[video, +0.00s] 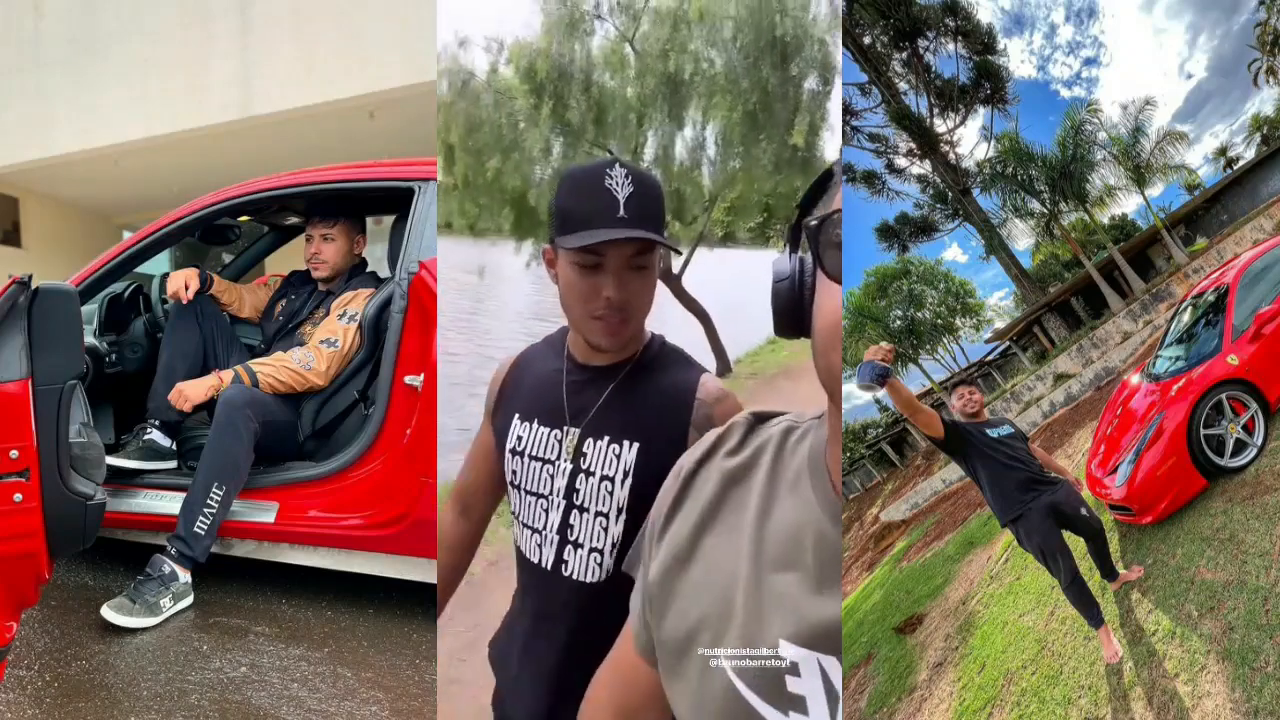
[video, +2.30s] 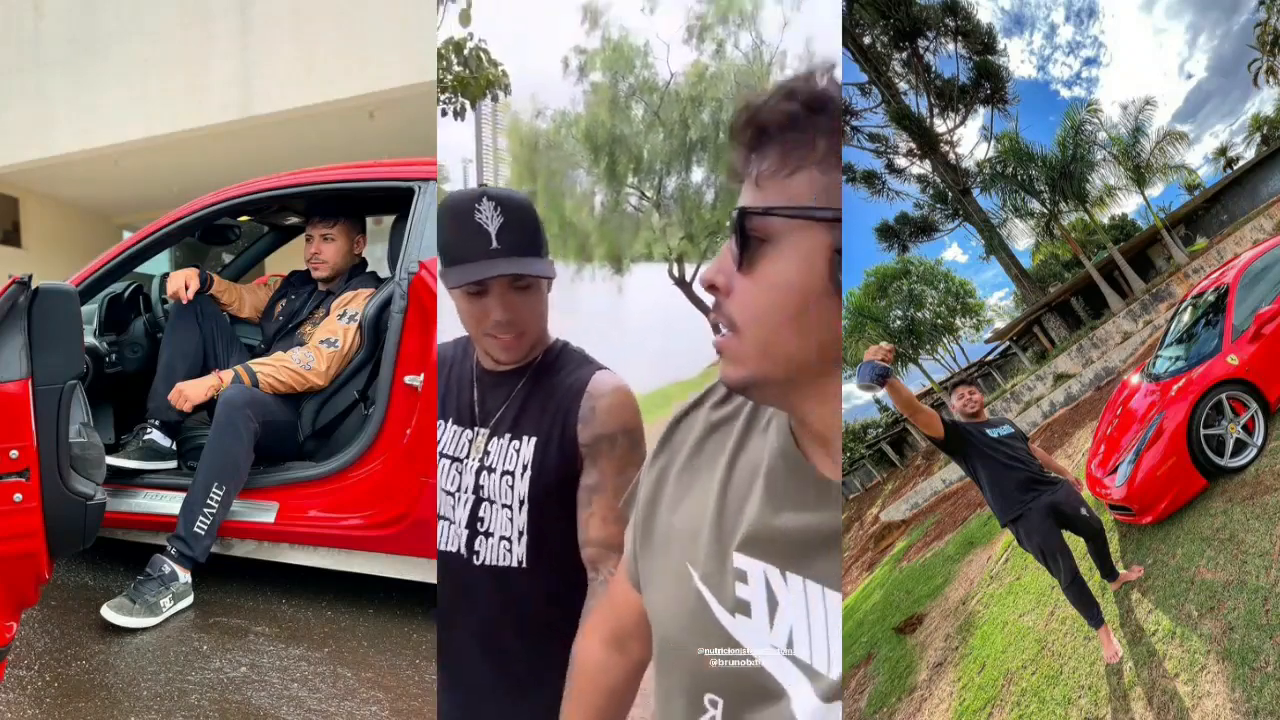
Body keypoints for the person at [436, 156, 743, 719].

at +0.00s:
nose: (613, 292)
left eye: (636, 267)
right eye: (591, 265)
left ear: (658, 270)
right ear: (552, 265)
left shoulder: (702, 408)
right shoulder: (521, 378)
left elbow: (725, 571)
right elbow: (463, 513)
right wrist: (406, 626)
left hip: (631, 691)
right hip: (525, 672)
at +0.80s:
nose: (584, 314)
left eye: (607, 292)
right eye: (564, 289)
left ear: (636, 286)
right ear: (536, 278)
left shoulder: (668, 399)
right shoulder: (513, 355)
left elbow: (675, 572)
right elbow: (475, 471)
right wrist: (430, 583)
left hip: (598, 687)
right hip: (493, 661)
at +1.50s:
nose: (635, 292)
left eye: (658, 265)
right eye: (611, 264)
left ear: (676, 267)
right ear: (572, 264)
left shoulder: (718, 401)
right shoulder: (522, 366)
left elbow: (723, 583)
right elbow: (468, 499)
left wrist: (593, 678)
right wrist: (480, 605)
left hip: (659, 698)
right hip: (536, 683)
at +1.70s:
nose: (627, 269)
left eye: (652, 243)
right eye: (605, 242)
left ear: (678, 242)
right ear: (570, 237)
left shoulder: (717, 379)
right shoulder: (528, 332)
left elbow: (737, 550)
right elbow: (469, 462)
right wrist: (478, 555)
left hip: (639, 684)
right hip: (530, 667)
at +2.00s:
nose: (585, 289)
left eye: (608, 264)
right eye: (564, 266)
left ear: (640, 257)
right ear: (539, 264)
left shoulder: (682, 386)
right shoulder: (515, 342)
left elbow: (677, 561)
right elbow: (462, 454)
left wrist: (615, 706)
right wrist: (444, 512)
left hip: (604, 690)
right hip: (500, 670)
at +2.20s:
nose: (538, 304)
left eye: (558, 277)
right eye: (514, 280)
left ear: (588, 273)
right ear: (489, 281)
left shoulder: (633, 400)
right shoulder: (463, 364)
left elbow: (634, 580)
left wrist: (581, 709)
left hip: (564, 697)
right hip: (464, 684)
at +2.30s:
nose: (501, 314)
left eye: (521, 284)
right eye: (476, 291)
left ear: (549, 281)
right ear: (451, 293)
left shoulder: (598, 402)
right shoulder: (438, 374)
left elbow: (611, 576)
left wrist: (590, 707)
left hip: (552, 696)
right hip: (459, 685)